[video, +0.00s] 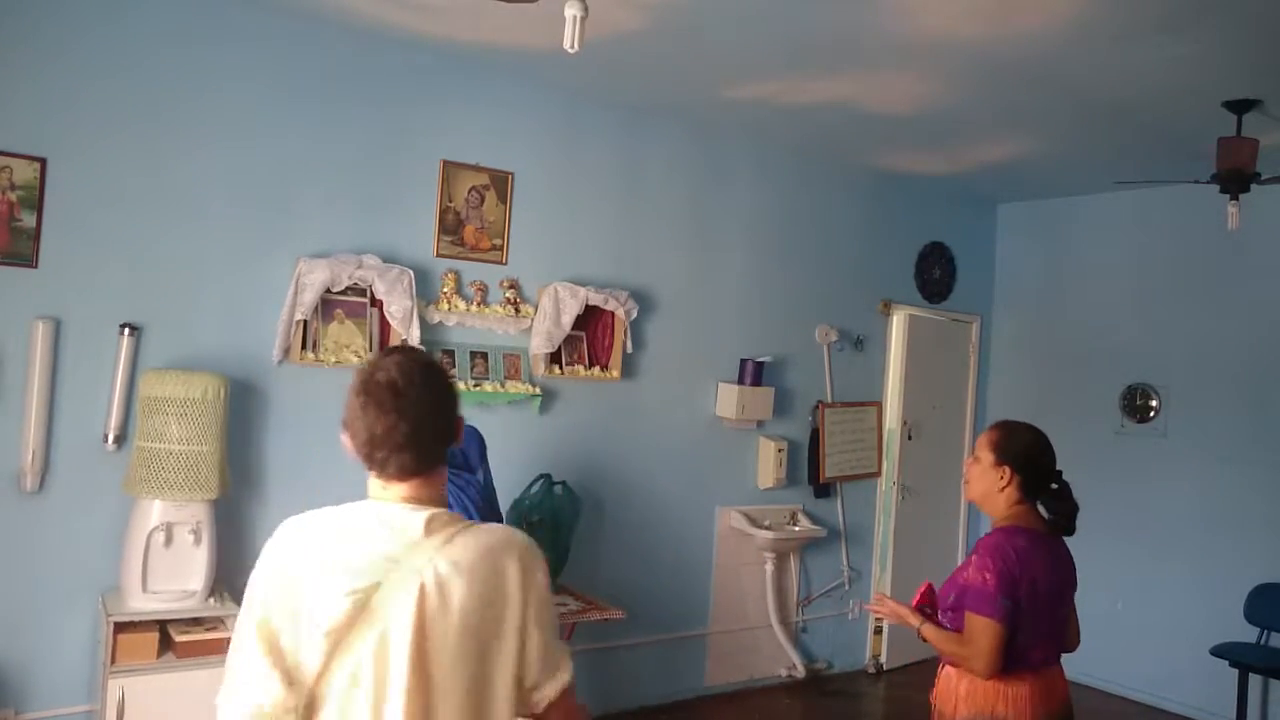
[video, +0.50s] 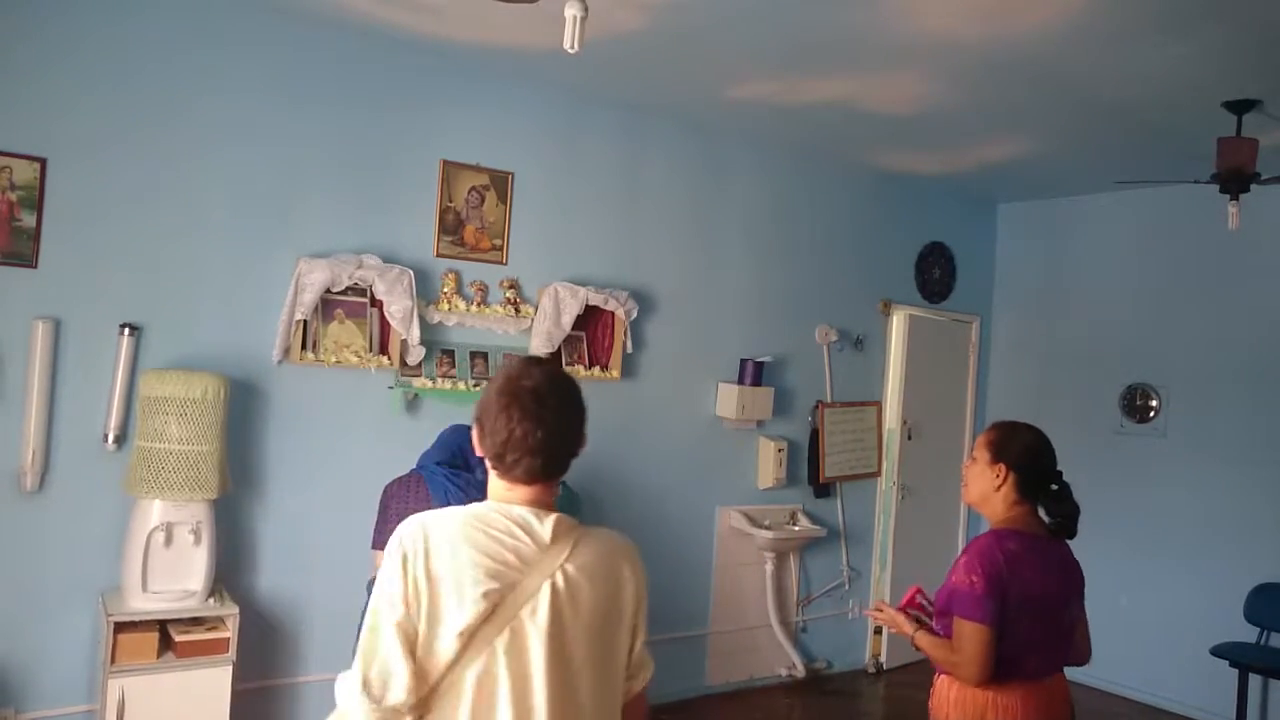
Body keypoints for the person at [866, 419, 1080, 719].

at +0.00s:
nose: (966, 466)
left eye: (975, 459)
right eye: (971, 457)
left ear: (1003, 477)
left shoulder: (994, 551)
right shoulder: (1053, 544)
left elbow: (982, 661)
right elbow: (1068, 639)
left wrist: (916, 622)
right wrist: (954, 619)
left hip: (989, 696)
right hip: (1045, 686)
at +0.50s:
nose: (963, 468)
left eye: (972, 459)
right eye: (968, 458)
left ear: (999, 475)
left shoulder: (983, 554)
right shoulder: (1059, 551)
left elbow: (972, 668)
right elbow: (1079, 652)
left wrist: (912, 630)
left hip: (982, 701)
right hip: (1048, 696)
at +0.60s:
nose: (962, 472)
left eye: (971, 462)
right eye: (967, 462)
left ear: (997, 478)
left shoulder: (981, 557)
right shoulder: (1062, 556)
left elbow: (968, 673)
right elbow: (1086, 657)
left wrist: (910, 636)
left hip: (982, 703)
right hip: (1050, 700)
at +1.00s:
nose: (966, 482)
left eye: (971, 471)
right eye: (969, 470)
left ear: (995, 484)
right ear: (1041, 482)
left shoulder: (973, 564)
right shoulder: (1081, 565)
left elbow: (962, 686)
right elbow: (1114, 666)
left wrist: (910, 646)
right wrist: (1041, 666)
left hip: (989, 709)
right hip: (1069, 709)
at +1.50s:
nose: (987, 486)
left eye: (990, 476)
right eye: (989, 475)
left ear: (1009, 488)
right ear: (1060, 483)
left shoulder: (992, 572)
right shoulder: (1110, 565)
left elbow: (984, 693)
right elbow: (1143, 667)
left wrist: (942, 645)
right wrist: (1069, 661)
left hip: (1020, 710)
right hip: (1100, 709)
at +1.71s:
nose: (1011, 485)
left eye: (1017, 474)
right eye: (1014, 473)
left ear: (1041, 489)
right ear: (1086, 484)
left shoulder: (1029, 573)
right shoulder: (1134, 566)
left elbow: (1021, 694)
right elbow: (1162, 664)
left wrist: (966, 650)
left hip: (1053, 713)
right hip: (1129, 710)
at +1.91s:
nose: (1036, 486)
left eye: (1042, 477)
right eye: (1039, 475)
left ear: (1070, 494)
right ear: (1114, 491)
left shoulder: (1063, 576)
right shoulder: (1157, 568)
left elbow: (1065, 701)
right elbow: (1186, 666)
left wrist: (999, 657)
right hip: (1164, 712)